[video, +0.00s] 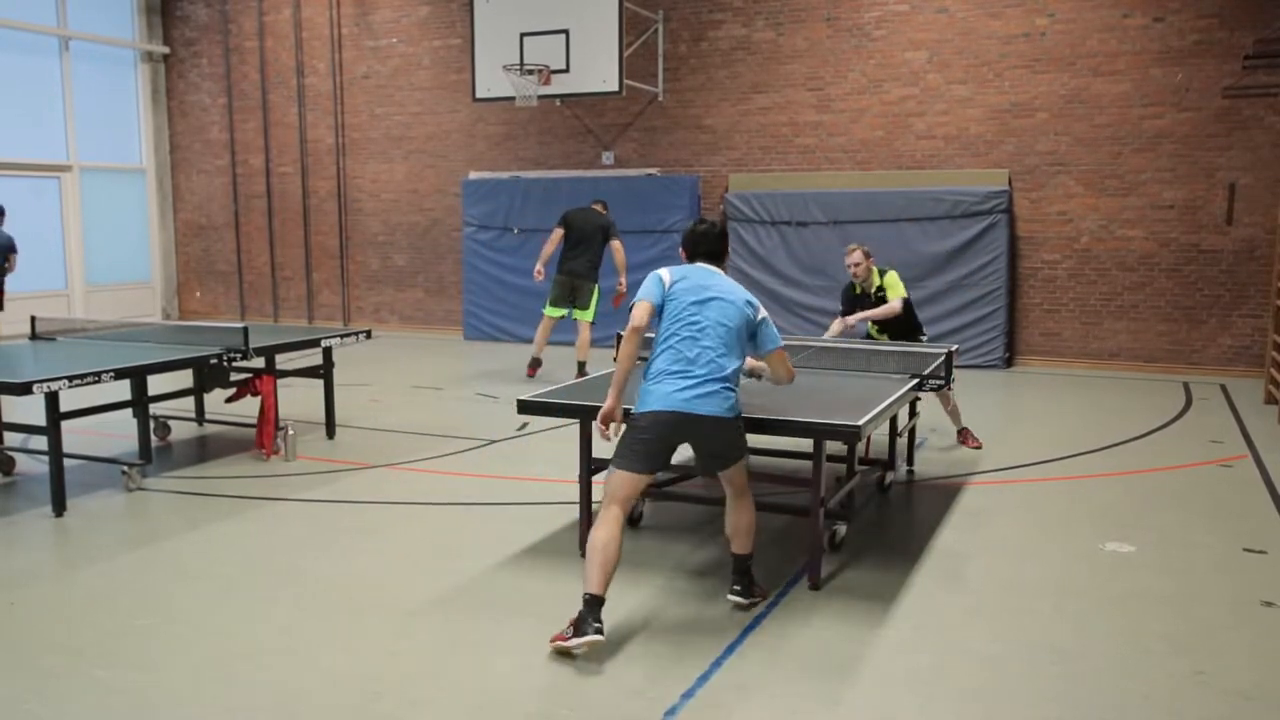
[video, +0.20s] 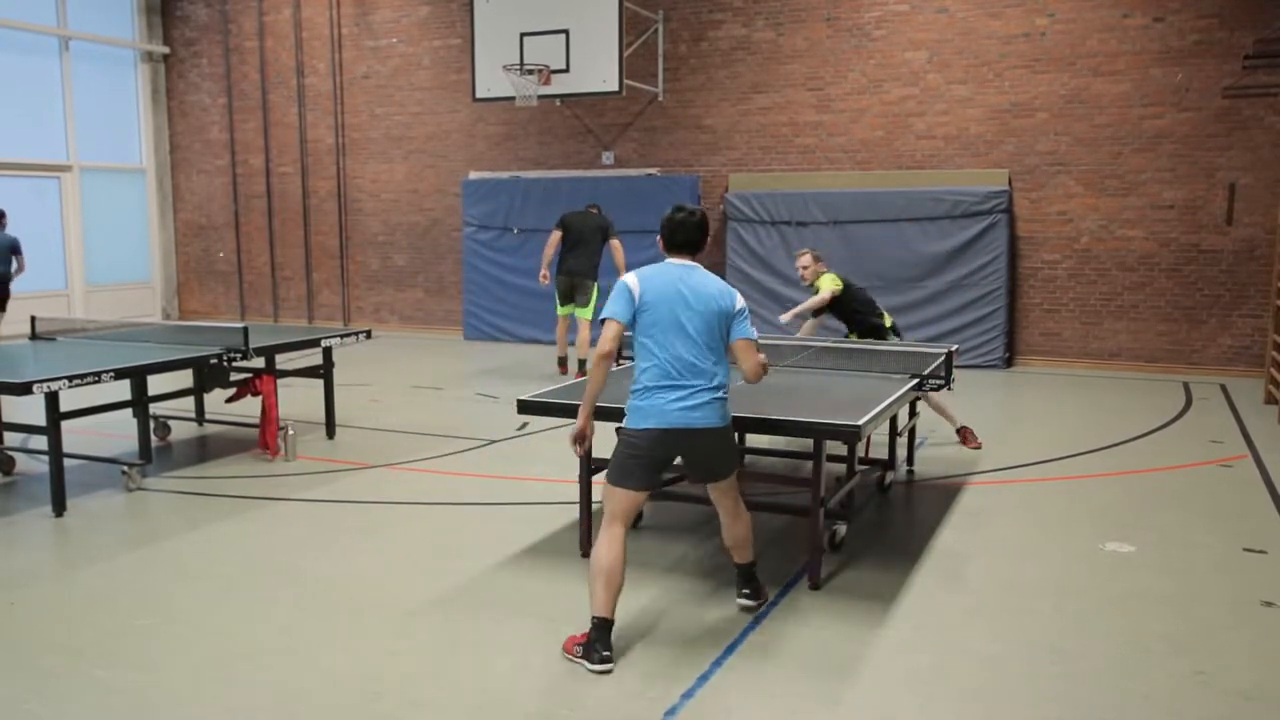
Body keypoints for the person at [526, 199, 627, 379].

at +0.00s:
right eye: (605, 213)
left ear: (590, 206)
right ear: (604, 211)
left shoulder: (570, 214)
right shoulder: (607, 222)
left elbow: (554, 238)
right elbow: (617, 247)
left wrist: (541, 262)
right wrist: (622, 276)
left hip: (563, 275)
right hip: (587, 280)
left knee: (548, 319)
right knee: (584, 324)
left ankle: (535, 358)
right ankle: (581, 370)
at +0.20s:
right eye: (598, 213)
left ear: (585, 210)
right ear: (599, 213)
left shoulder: (567, 218)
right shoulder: (605, 223)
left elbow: (552, 242)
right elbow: (616, 247)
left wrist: (544, 266)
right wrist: (622, 272)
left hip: (563, 274)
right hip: (587, 277)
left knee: (563, 319)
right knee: (584, 323)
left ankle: (562, 362)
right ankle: (581, 369)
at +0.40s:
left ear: (578, 216)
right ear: (593, 216)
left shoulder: (562, 225)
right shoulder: (594, 221)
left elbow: (547, 249)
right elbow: (604, 240)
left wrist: (546, 278)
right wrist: (615, 264)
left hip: (564, 277)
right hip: (586, 275)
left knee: (569, 319)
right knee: (588, 318)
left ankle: (570, 361)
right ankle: (585, 355)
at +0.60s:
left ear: (574, 212)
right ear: (589, 210)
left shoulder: (559, 223)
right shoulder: (589, 212)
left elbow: (547, 249)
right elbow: (599, 232)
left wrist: (550, 276)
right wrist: (610, 257)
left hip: (565, 271)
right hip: (587, 269)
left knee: (569, 317)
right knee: (600, 307)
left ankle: (570, 359)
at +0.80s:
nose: (596, 213)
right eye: (595, 209)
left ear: (577, 207)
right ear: (591, 207)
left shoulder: (562, 219)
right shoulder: (592, 213)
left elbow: (549, 245)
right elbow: (601, 231)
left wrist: (553, 272)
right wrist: (612, 257)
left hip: (568, 273)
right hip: (590, 269)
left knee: (570, 318)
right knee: (606, 305)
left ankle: (570, 360)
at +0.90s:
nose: (595, 211)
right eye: (595, 208)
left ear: (579, 206)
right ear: (594, 207)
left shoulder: (564, 219)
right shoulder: (596, 215)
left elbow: (552, 244)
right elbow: (604, 232)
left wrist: (555, 271)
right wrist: (615, 259)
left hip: (570, 274)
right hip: (593, 272)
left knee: (571, 317)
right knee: (600, 316)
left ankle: (570, 360)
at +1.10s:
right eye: (602, 211)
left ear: (588, 209)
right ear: (602, 211)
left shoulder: (573, 219)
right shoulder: (607, 220)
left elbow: (559, 242)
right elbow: (616, 240)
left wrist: (555, 268)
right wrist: (622, 266)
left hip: (577, 274)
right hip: (600, 274)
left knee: (574, 316)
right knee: (608, 313)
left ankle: (571, 359)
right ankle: (615, 354)